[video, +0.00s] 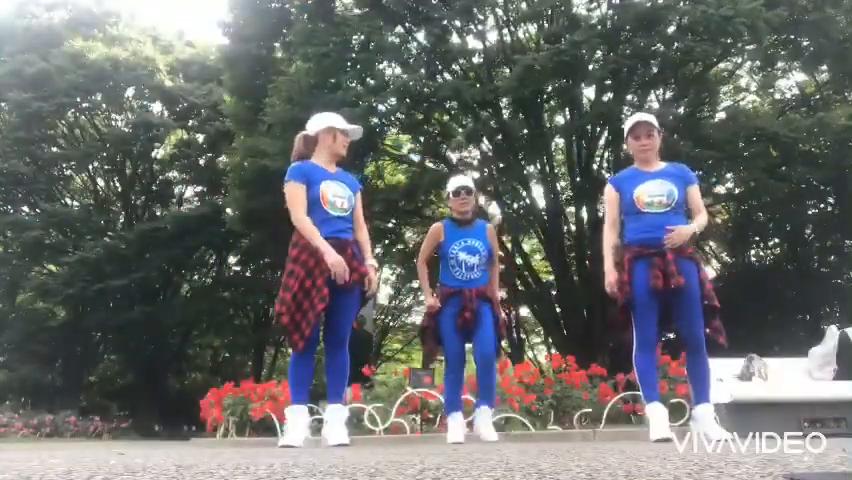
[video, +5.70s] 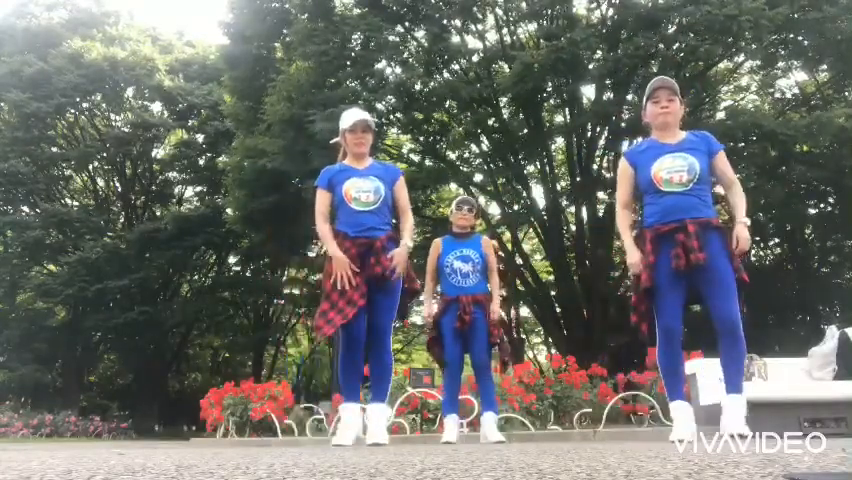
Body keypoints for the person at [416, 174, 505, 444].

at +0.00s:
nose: (462, 198)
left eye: (467, 193)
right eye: (456, 194)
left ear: (475, 197)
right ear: (449, 199)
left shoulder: (487, 229)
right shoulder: (440, 229)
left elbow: (494, 265)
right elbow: (422, 261)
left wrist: (495, 299)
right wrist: (428, 295)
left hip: (482, 297)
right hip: (451, 297)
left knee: (486, 353)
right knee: (454, 357)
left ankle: (483, 414)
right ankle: (454, 417)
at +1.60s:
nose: (479, 211)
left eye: (483, 207)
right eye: (474, 208)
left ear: (489, 212)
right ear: (466, 213)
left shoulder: (500, 241)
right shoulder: (457, 239)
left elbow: (517, 264)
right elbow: (442, 266)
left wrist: (526, 275)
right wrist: (442, 282)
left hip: (497, 304)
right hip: (469, 303)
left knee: (497, 362)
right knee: (466, 362)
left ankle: (501, 421)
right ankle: (458, 419)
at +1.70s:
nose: (484, 214)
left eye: (489, 209)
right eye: (479, 209)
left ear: (495, 214)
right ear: (471, 214)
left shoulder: (504, 239)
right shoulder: (463, 238)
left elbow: (529, 253)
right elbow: (441, 256)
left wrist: (524, 224)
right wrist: (448, 224)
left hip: (501, 304)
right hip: (473, 303)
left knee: (499, 362)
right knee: (470, 361)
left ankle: (501, 422)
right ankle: (459, 419)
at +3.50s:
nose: (481, 215)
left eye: (485, 211)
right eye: (475, 211)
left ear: (492, 215)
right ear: (466, 216)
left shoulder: (502, 239)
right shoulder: (460, 242)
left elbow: (523, 266)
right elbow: (441, 268)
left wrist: (505, 253)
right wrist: (461, 251)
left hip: (496, 305)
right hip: (468, 305)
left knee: (497, 364)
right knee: (463, 363)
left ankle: (501, 423)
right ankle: (456, 422)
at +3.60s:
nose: (478, 216)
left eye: (482, 211)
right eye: (472, 212)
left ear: (488, 215)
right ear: (463, 217)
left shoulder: (499, 242)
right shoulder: (456, 244)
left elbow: (518, 267)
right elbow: (439, 272)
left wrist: (507, 273)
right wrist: (455, 273)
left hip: (494, 306)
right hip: (466, 306)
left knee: (496, 365)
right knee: (463, 364)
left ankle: (501, 423)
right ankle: (457, 423)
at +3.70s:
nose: (471, 216)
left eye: (476, 212)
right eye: (466, 213)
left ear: (483, 217)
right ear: (458, 218)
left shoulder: (494, 243)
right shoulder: (450, 246)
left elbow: (508, 273)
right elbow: (439, 276)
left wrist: (509, 301)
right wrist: (444, 298)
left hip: (490, 306)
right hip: (460, 307)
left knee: (492, 364)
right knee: (461, 366)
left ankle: (500, 421)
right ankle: (457, 423)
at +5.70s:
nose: (463, 215)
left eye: (468, 212)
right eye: (459, 211)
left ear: (475, 217)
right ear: (451, 215)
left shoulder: (484, 243)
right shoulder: (439, 244)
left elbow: (493, 274)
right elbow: (430, 277)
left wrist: (495, 302)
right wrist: (428, 303)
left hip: (479, 305)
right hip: (450, 305)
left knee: (481, 362)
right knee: (452, 363)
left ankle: (489, 421)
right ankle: (450, 421)